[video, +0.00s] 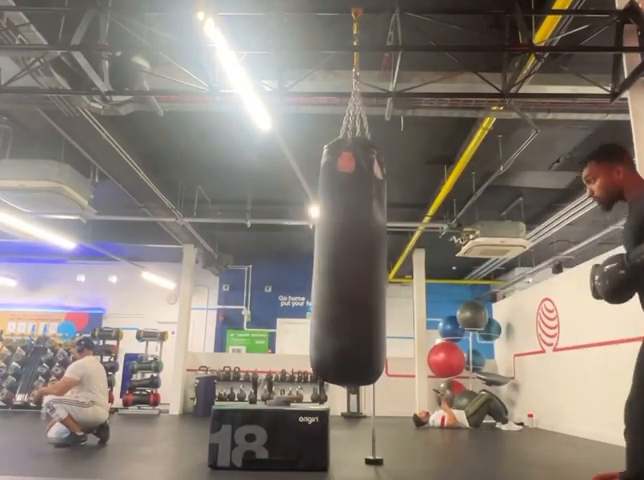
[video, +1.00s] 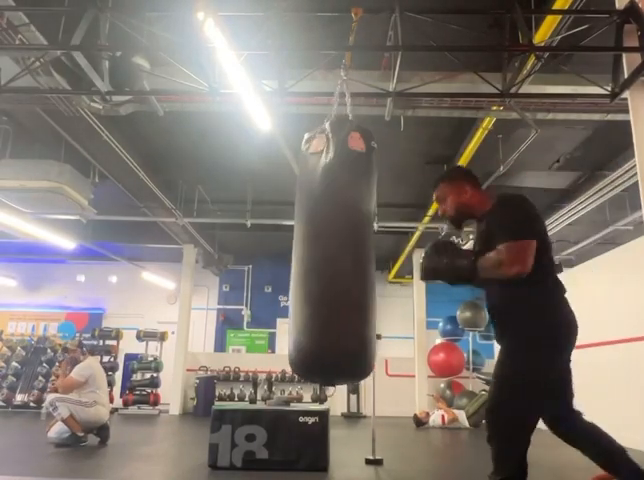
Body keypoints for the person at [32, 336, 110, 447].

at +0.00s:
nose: (73, 354)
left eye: (75, 350)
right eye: (73, 351)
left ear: (82, 350)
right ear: (90, 350)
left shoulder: (80, 364)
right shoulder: (98, 365)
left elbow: (58, 390)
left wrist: (41, 391)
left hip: (91, 410)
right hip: (102, 412)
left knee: (50, 402)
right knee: (53, 435)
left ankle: (78, 434)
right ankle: (95, 428)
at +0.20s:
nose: (73, 353)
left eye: (75, 350)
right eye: (73, 350)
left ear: (82, 350)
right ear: (90, 350)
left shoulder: (81, 365)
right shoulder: (97, 364)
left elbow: (58, 390)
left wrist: (41, 391)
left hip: (92, 410)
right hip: (102, 412)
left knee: (50, 402)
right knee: (54, 435)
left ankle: (78, 434)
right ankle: (96, 428)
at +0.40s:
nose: (71, 352)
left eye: (74, 349)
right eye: (72, 349)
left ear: (86, 351)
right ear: (89, 352)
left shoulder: (82, 365)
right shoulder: (97, 365)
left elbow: (58, 390)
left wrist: (41, 391)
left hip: (92, 410)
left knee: (50, 402)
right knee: (53, 435)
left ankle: (78, 434)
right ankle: (95, 428)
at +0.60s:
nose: (72, 352)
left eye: (76, 348)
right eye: (72, 348)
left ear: (86, 351)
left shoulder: (85, 365)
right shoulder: (94, 363)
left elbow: (60, 390)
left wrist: (50, 384)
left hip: (93, 411)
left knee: (51, 401)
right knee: (53, 435)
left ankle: (79, 434)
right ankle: (96, 428)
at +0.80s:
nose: (71, 354)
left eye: (74, 350)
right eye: (70, 350)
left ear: (84, 351)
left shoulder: (86, 365)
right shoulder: (93, 364)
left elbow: (61, 388)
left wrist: (59, 374)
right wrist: (57, 388)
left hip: (94, 410)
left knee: (52, 401)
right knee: (53, 435)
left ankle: (79, 434)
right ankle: (96, 429)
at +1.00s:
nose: (70, 356)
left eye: (73, 352)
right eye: (69, 352)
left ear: (83, 351)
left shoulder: (87, 365)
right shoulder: (92, 364)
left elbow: (63, 388)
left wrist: (63, 370)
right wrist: (58, 388)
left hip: (95, 410)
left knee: (53, 401)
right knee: (53, 435)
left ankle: (80, 435)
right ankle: (96, 429)